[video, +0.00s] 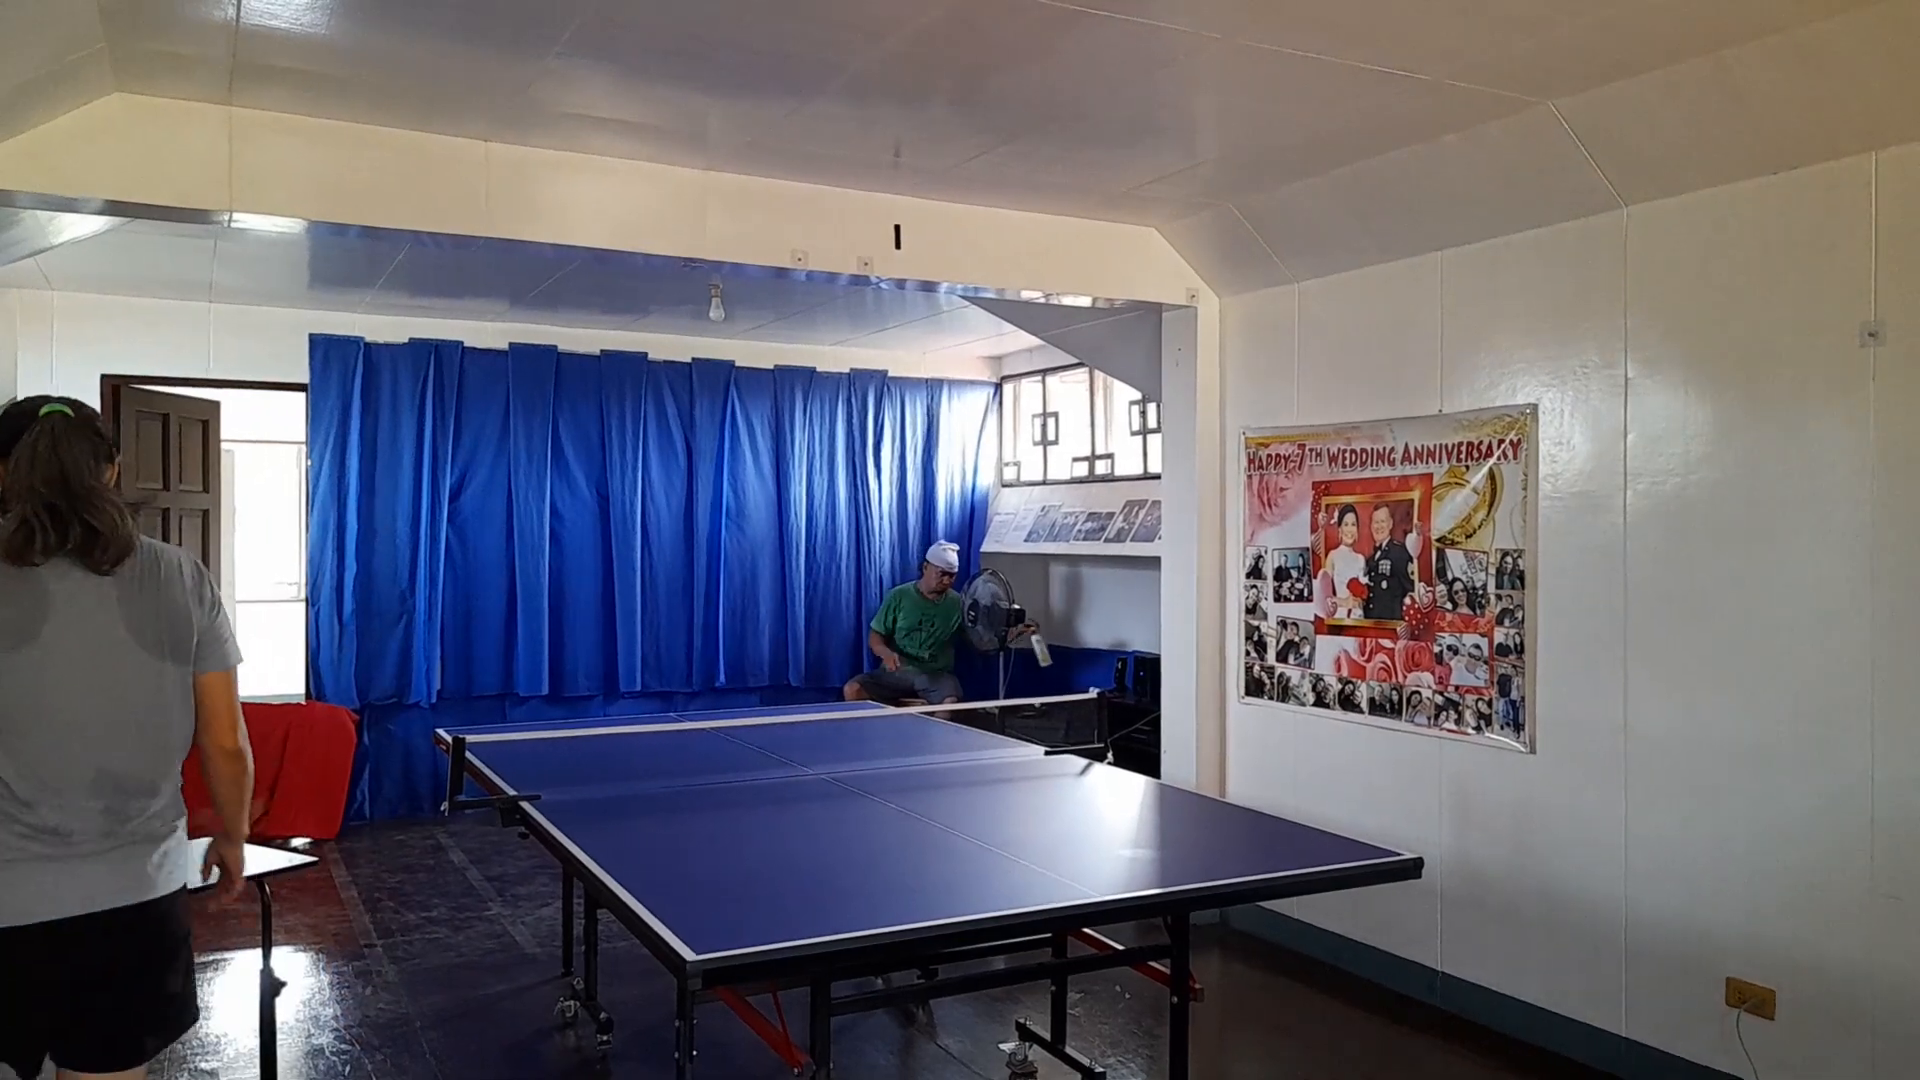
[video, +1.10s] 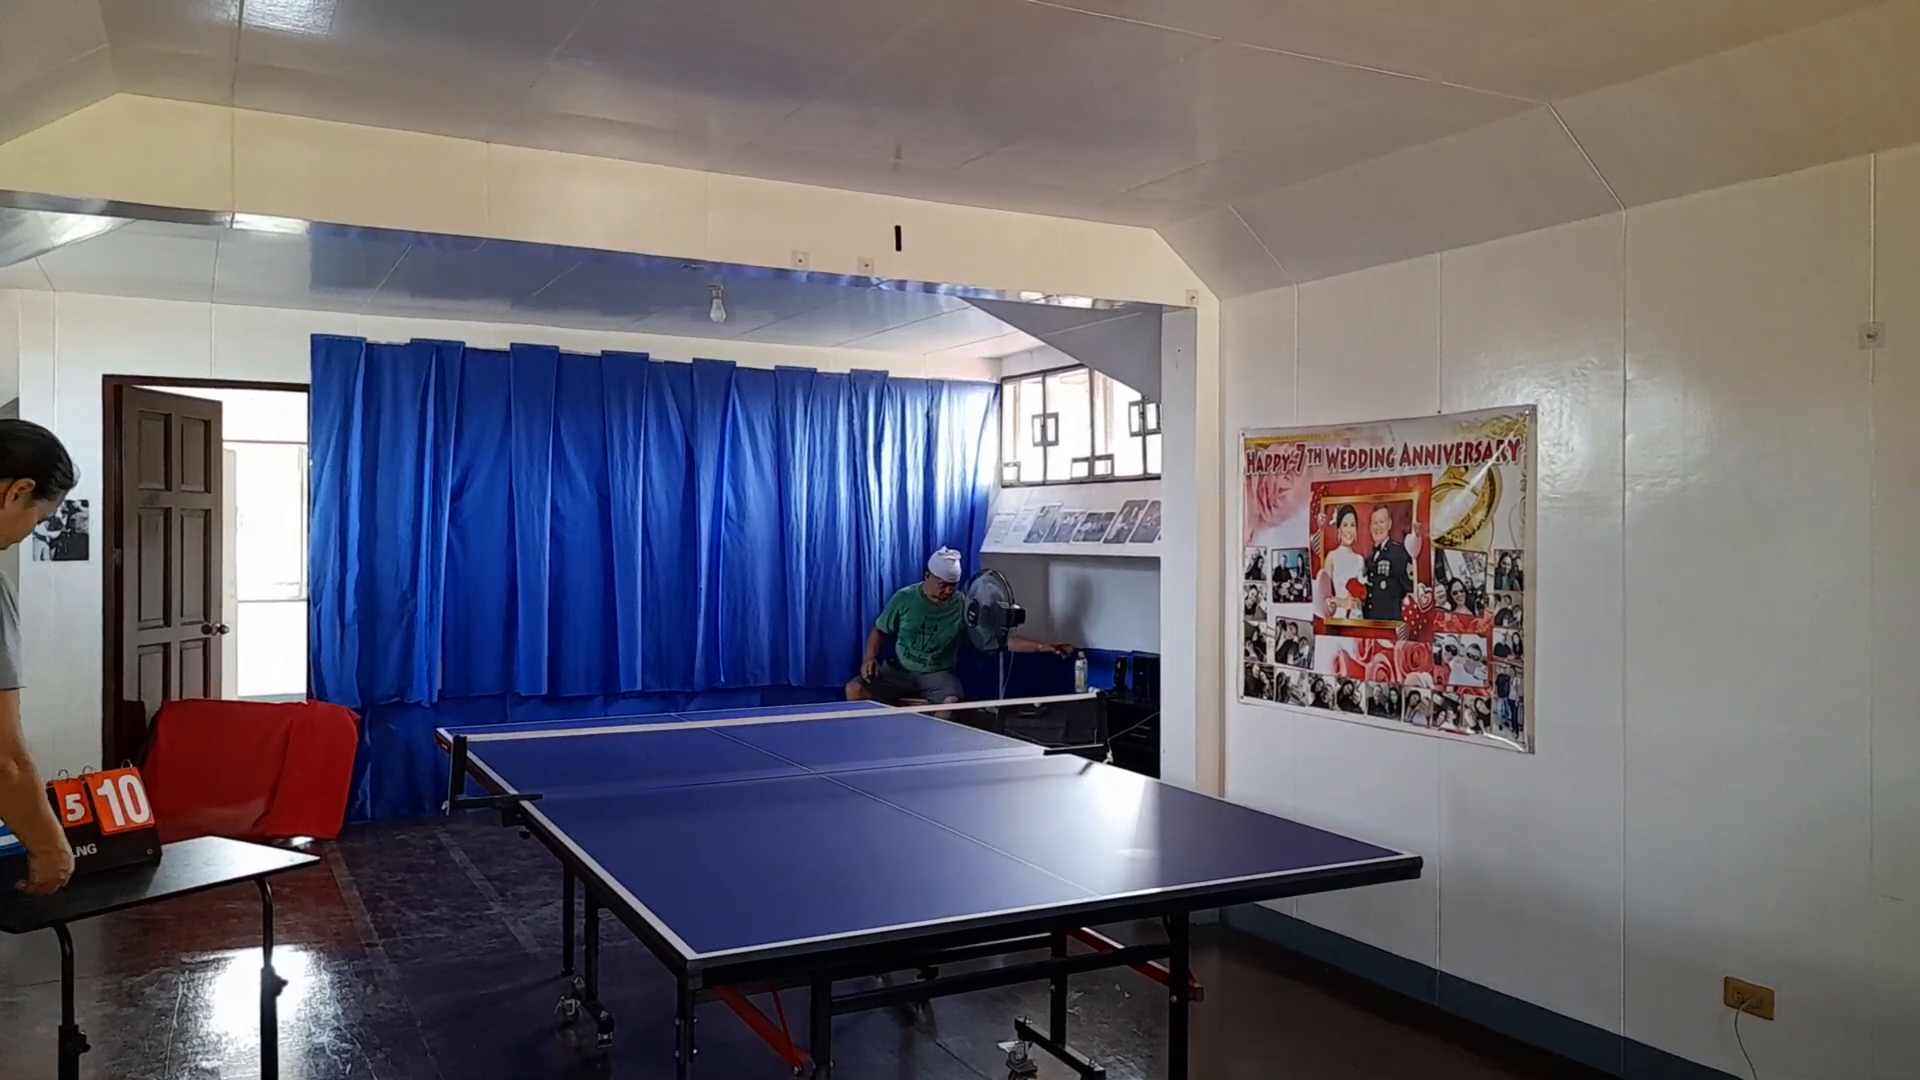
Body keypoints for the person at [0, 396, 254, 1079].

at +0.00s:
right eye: (114, 464)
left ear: (5, 477)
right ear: (109, 475)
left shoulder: (4, 577)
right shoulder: (177, 579)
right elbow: (224, 744)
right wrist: (233, 837)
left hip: (14, 911)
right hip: (139, 905)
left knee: (17, 1067)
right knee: (110, 1067)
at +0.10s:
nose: (110, 478)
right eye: (108, 469)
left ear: (4, 483)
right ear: (99, 480)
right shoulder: (164, 581)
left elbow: (212, 743)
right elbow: (212, 746)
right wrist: (207, 819)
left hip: (13, 901)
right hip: (124, 897)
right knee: (101, 1066)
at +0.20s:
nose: (81, 491)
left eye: (76, 480)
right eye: (82, 481)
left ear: (2, 491)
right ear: (73, 489)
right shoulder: (125, 586)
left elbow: (173, 745)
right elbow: (174, 747)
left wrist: (168, 817)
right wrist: (171, 818)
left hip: (8, 893)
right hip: (96, 889)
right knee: (83, 1061)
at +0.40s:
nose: (22, 503)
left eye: (20, 491)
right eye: (24, 491)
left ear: (13, 485)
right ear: (15, 485)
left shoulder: (44, 578)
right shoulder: (43, 578)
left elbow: (89, 736)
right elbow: (89, 738)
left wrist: (104, 812)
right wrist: (107, 818)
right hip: (28, 858)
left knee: (43, 1042)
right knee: (41, 1047)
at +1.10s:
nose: (26, 536)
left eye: (39, 524)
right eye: (38, 519)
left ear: (15, 491)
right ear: (16, 492)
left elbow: (6, 754)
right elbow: (6, 756)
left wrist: (47, 843)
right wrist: (50, 846)